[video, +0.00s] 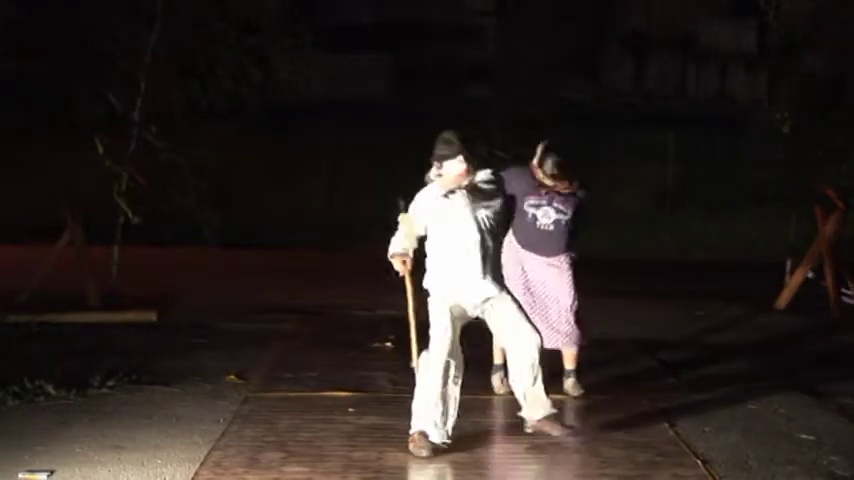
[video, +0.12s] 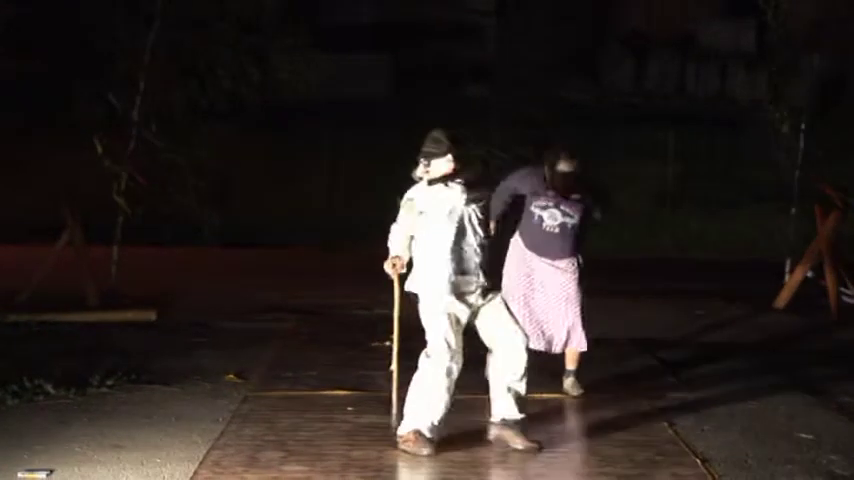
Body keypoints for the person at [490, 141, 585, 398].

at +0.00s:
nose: (554, 190)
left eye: (561, 186)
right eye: (549, 184)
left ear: (569, 179)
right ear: (538, 172)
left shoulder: (575, 193)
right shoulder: (521, 179)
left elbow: (577, 227)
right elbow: (486, 182)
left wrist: (571, 250)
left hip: (557, 258)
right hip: (518, 252)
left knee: (566, 312)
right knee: (507, 309)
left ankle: (570, 376)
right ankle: (498, 367)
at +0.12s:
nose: (563, 182)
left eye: (569, 176)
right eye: (559, 176)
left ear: (575, 174)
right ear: (548, 170)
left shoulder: (582, 194)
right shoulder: (531, 180)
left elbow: (585, 227)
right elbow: (503, 192)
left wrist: (578, 252)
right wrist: (493, 218)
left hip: (563, 262)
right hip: (525, 255)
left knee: (572, 318)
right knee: (515, 313)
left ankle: (570, 376)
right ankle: (507, 370)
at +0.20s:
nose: (559, 176)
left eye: (565, 171)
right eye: (555, 170)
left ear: (574, 169)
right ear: (547, 164)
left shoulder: (581, 186)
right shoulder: (530, 177)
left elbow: (587, 218)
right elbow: (509, 195)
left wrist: (580, 247)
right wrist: (500, 219)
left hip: (565, 258)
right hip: (527, 250)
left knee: (571, 313)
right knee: (514, 303)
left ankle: (569, 374)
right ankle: (497, 363)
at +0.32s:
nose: (562, 164)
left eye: (567, 158)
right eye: (557, 157)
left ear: (576, 160)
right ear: (548, 156)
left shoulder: (583, 184)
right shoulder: (532, 175)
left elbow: (595, 213)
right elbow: (510, 189)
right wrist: (503, 218)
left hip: (566, 255)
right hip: (528, 247)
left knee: (570, 314)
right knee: (521, 299)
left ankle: (567, 373)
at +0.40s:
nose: (563, 162)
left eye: (569, 157)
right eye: (558, 155)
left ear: (576, 159)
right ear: (549, 155)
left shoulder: (583, 183)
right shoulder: (534, 176)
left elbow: (596, 212)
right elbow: (508, 191)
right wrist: (501, 220)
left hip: (566, 258)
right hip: (528, 251)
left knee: (571, 318)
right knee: (520, 307)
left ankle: (565, 373)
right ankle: (495, 296)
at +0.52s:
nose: (559, 163)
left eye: (565, 157)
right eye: (555, 155)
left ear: (573, 159)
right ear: (545, 155)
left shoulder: (580, 184)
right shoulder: (529, 176)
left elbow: (589, 214)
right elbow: (505, 191)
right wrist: (501, 224)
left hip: (562, 257)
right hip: (524, 249)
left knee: (567, 315)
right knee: (512, 303)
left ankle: (562, 372)